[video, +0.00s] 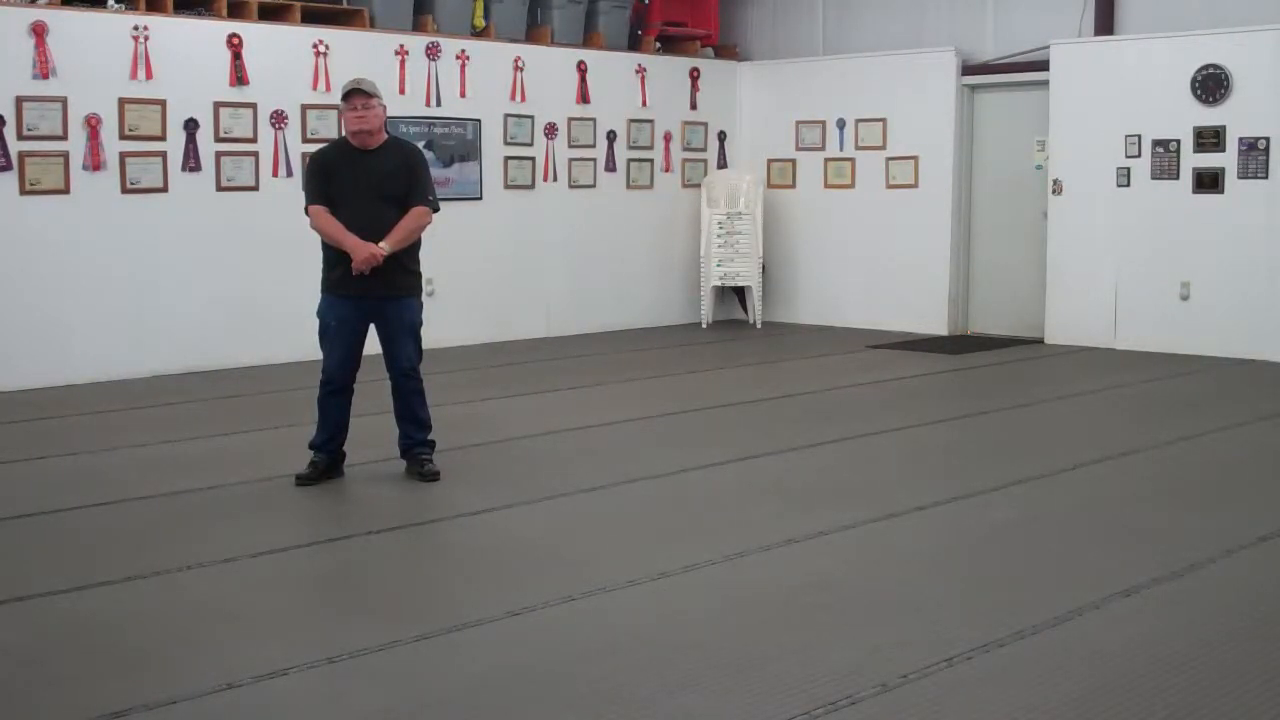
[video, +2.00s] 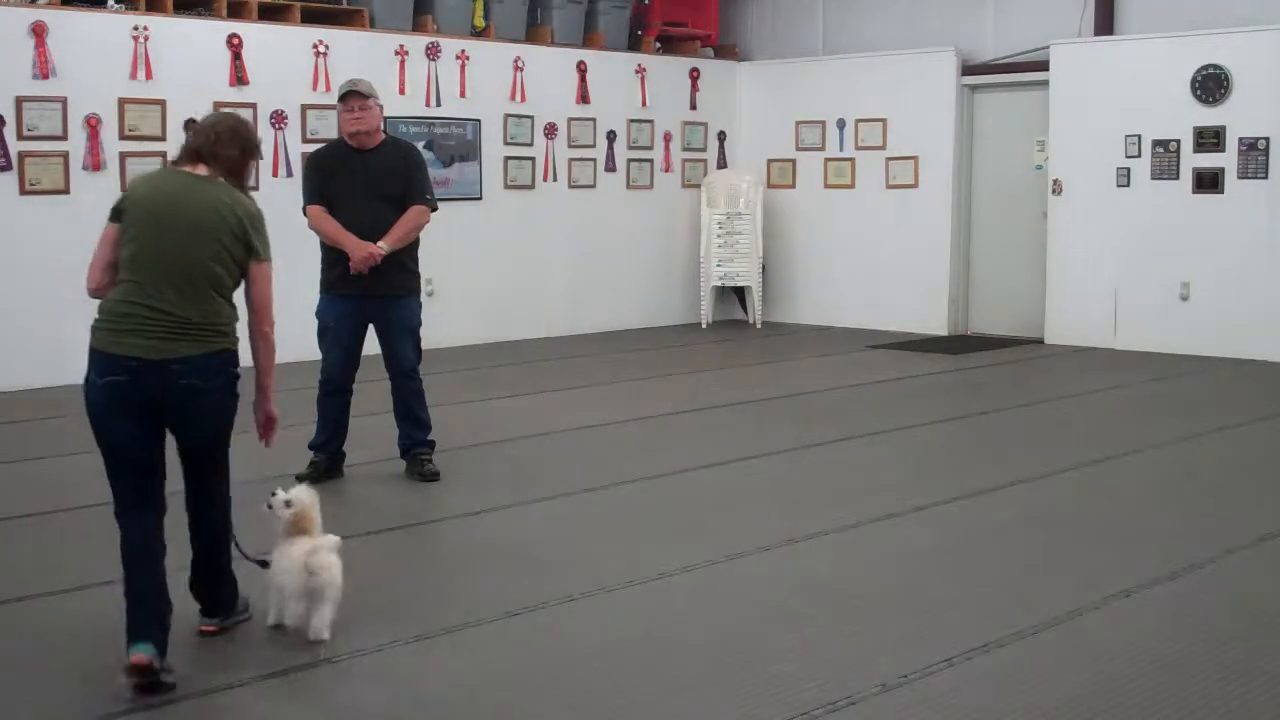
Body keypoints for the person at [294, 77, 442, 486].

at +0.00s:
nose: (359, 114)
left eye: (366, 107)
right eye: (351, 109)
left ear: (383, 112)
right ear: (341, 117)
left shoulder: (408, 155)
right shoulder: (323, 160)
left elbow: (422, 213)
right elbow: (317, 215)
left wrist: (380, 250)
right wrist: (356, 247)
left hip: (398, 286)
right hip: (343, 287)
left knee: (406, 372)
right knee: (335, 375)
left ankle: (419, 452)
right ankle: (327, 455)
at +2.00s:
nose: (357, 116)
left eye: (364, 108)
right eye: (349, 110)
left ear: (380, 112)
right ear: (338, 118)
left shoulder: (406, 155)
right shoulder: (321, 161)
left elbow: (421, 211)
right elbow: (315, 214)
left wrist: (378, 249)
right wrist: (354, 246)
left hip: (397, 288)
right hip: (342, 288)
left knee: (406, 372)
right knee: (335, 375)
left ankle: (419, 451)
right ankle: (327, 455)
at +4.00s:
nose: (358, 116)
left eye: (364, 108)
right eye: (350, 111)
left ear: (380, 112)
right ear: (340, 118)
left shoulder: (405, 154)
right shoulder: (328, 159)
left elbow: (420, 212)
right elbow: (314, 213)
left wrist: (377, 249)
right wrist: (352, 245)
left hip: (396, 287)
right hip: (343, 287)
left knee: (405, 371)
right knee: (334, 374)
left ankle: (418, 452)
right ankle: (327, 453)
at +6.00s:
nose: (358, 117)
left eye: (364, 109)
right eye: (350, 112)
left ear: (379, 112)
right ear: (338, 118)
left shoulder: (404, 153)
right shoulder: (324, 160)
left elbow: (420, 210)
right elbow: (311, 214)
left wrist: (377, 250)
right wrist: (349, 245)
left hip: (396, 283)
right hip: (342, 283)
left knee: (406, 371)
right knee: (335, 376)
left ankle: (418, 450)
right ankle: (330, 455)